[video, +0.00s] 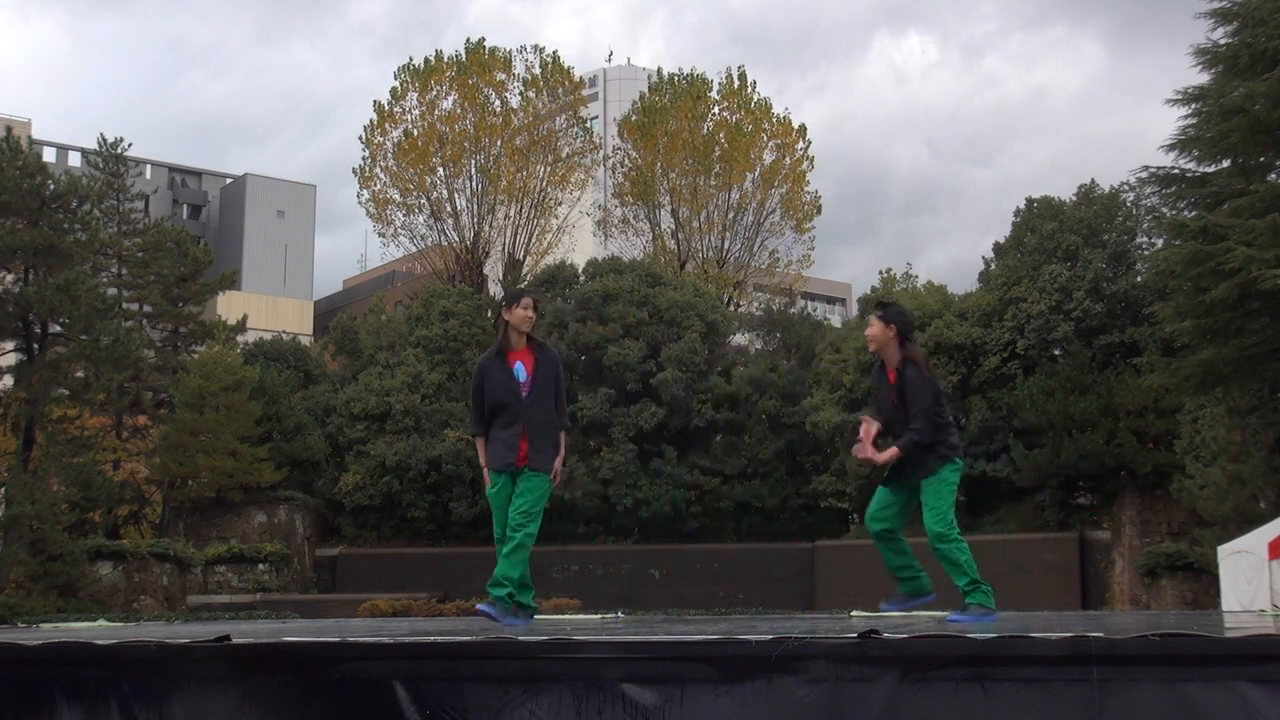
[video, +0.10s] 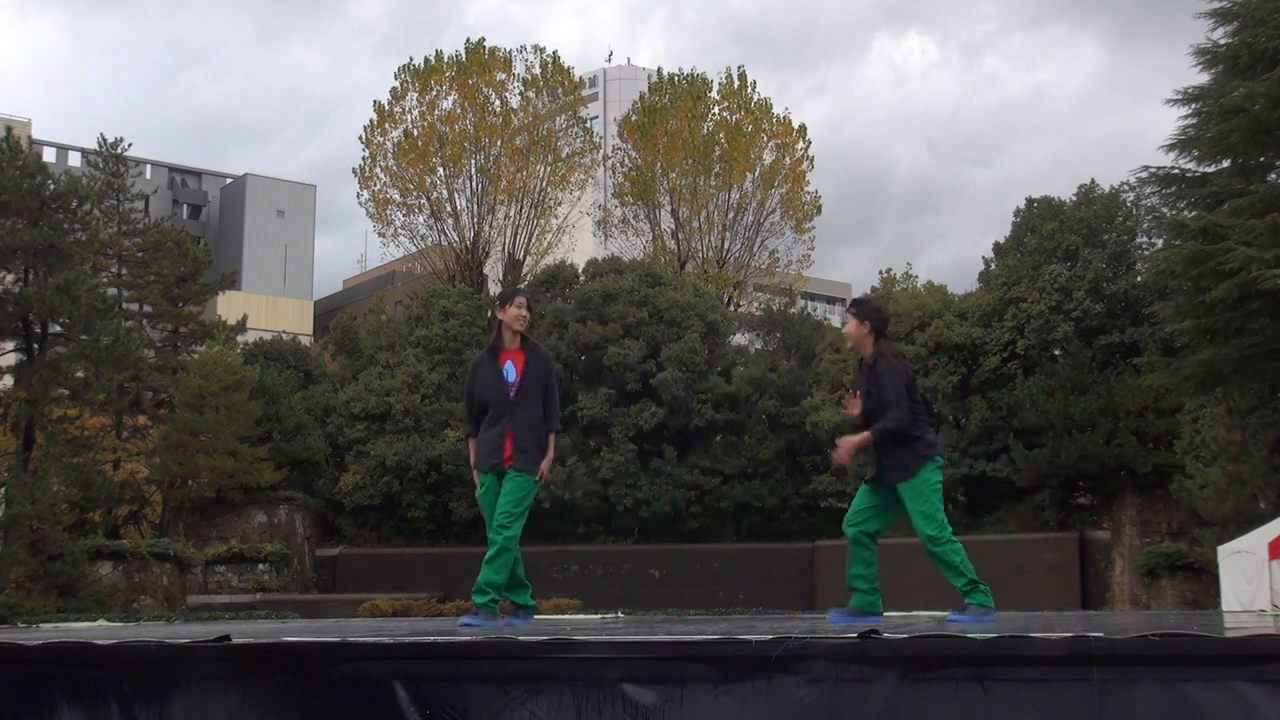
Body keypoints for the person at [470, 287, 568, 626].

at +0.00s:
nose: (529, 314)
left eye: (532, 310)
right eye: (523, 308)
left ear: (535, 317)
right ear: (506, 313)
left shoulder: (548, 358)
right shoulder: (488, 363)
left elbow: (560, 411)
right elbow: (479, 419)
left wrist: (560, 454)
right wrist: (485, 467)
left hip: (539, 459)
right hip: (499, 459)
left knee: (521, 527)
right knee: (504, 531)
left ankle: (500, 596)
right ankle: (523, 604)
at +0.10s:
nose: (523, 313)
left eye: (526, 309)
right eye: (517, 307)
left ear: (529, 317)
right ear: (499, 312)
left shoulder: (542, 359)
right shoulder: (482, 362)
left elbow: (552, 410)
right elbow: (472, 417)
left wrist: (549, 454)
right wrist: (475, 465)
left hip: (526, 458)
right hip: (487, 458)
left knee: (503, 528)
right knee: (499, 531)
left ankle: (484, 605)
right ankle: (522, 604)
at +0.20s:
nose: (519, 310)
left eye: (523, 307)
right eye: (513, 304)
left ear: (525, 316)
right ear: (495, 308)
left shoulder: (533, 358)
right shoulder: (476, 357)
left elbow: (541, 409)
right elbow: (467, 407)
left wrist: (537, 455)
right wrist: (467, 447)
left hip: (512, 455)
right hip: (477, 454)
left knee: (491, 524)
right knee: (480, 525)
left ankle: (484, 605)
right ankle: (517, 597)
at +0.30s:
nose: (513, 308)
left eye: (518, 306)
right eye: (508, 301)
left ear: (519, 317)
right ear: (491, 305)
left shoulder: (523, 355)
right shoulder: (468, 355)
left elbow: (529, 407)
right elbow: (462, 405)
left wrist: (528, 453)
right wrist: (465, 438)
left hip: (503, 457)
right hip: (468, 455)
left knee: (489, 528)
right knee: (453, 522)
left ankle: (485, 608)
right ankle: (502, 587)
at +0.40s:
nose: (504, 308)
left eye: (510, 306)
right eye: (500, 301)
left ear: (512, 316)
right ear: (484, 305)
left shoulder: (517, 353)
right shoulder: (461, 354)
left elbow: (521, 406)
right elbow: (457, 405)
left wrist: (518, 451)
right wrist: (455, 441)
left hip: (496, 455)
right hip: (462, 452)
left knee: (487, 530)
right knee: (437, 518)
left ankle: (486, 605)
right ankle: (468, 594)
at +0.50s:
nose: (487, 308)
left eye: (495, 306)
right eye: (485, 301)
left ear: (505, 317)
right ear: (476, 305)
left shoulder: (510, 350)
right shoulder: (457, 350)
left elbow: (514, 400)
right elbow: (449, 401)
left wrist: (512, 447)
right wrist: (445, 441)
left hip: (491, 452)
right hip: (455, 449)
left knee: (484, 529)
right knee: (428, 519)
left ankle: (485, 606)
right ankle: (439, 602)